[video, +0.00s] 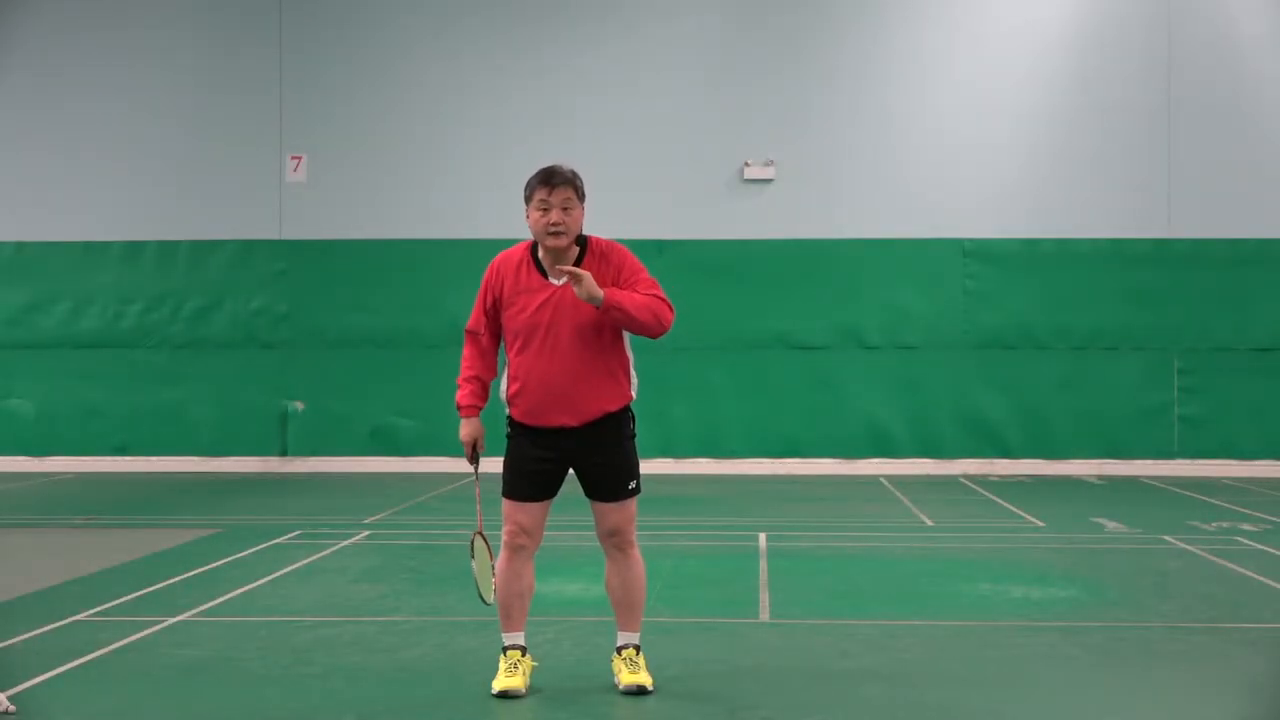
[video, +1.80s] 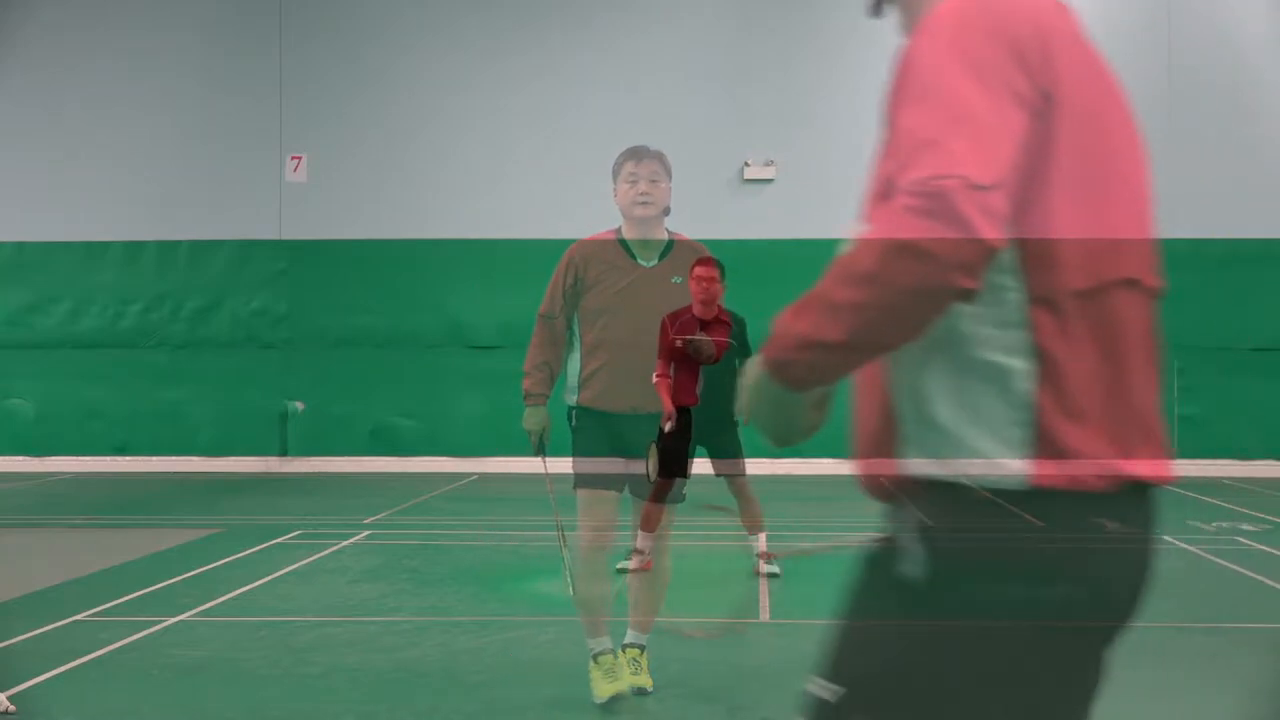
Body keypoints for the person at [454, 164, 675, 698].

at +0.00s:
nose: (555, 218)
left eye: (565, 207)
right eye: (543, 208)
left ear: (582, 212)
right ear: (528, 215)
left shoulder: (611, 258)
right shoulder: (504, 269)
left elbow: (659, 317)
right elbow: (480, 339)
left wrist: (603, 298)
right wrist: (470, 411)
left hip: (605, 425)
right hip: (532, 428)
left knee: (619, 537)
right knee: (517, 537)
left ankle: (629, 650)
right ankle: (513, 651)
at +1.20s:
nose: (590, 188)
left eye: (601, 180)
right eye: (579, 181)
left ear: (619, 195)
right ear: (564, 197)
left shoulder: (652, 258)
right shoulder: (539, 261)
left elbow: (686, 319)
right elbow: (507, 331)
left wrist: (663, 336)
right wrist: (488, 404)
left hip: (632, 420)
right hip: (558, 420)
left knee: (633, 538)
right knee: (528, 537)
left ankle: (631, 650)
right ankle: (514, 649)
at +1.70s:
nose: (639, 188)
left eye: (649, 180)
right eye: (628, 181)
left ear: (667, 194)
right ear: (611, 196)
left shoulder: (694, 261)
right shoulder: (582, 257)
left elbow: (714, 335)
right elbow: (549, 329)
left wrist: (706, 345)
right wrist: (535, 400)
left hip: (667, 419)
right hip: (596, 415)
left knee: (650, 543)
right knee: (583, 537)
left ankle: (634, 650)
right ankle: (579, 651)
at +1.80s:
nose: (643, 187)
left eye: (653, 179)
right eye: (632, 180)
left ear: (671, 191)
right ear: (615, 193)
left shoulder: (695, 259)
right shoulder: (584, 257)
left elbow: (719, 339)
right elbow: (549, 330)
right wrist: (536, 400)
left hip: (671, 419)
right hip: (600, 416)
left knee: (655, 538)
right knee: (595, 536)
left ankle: (636, 649)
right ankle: (600, 653)